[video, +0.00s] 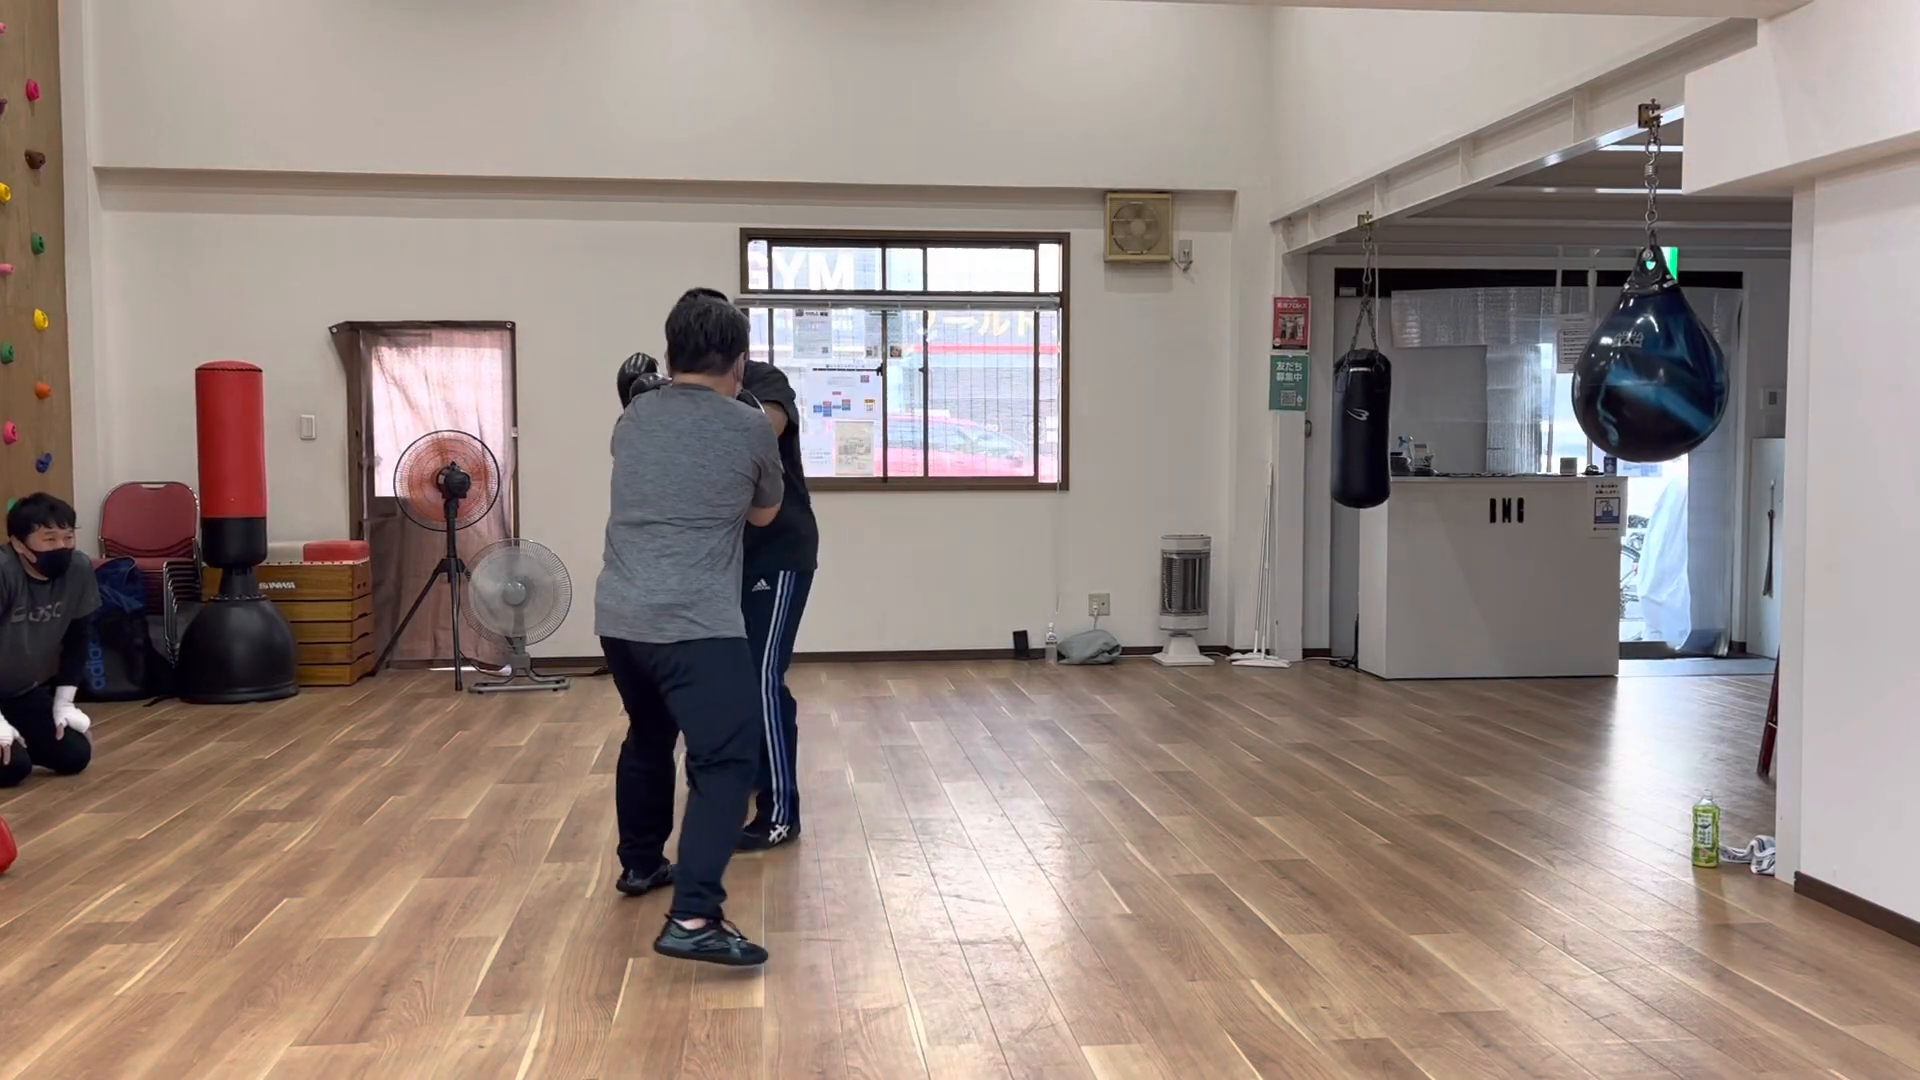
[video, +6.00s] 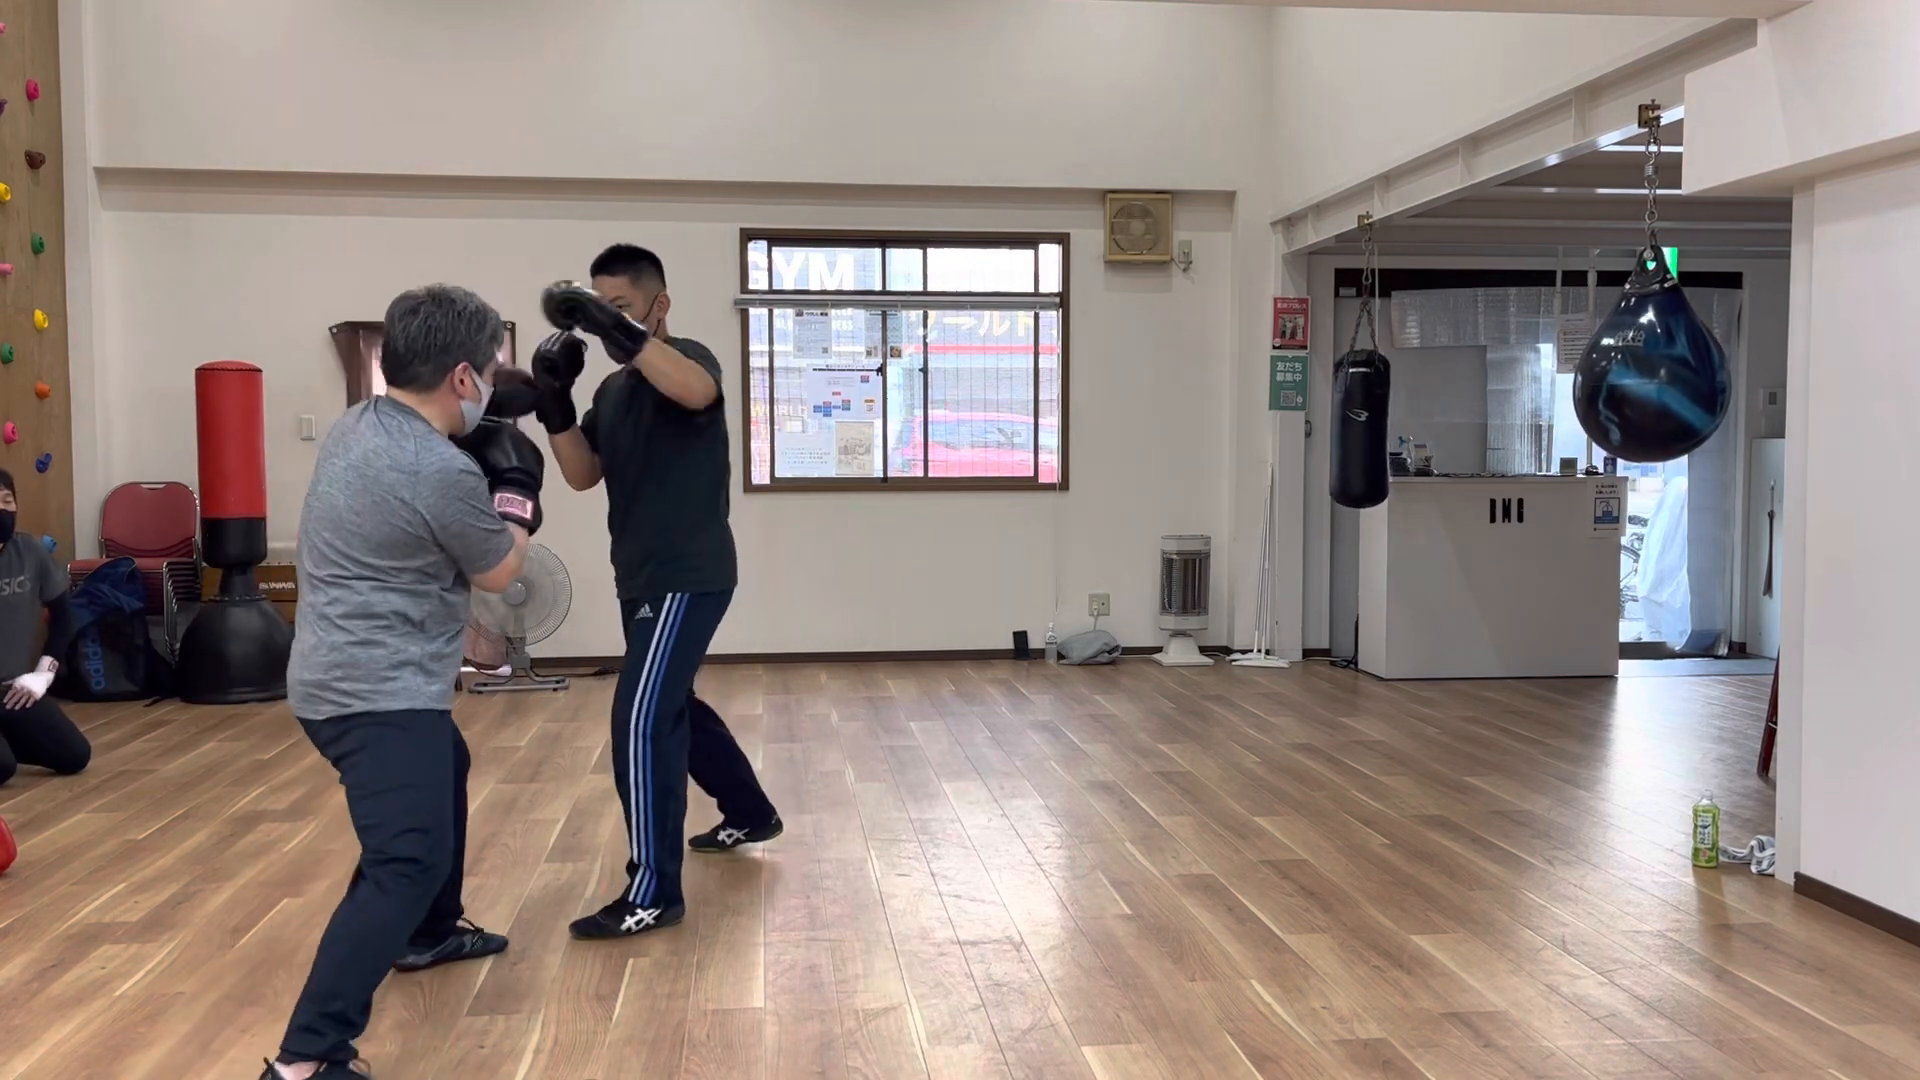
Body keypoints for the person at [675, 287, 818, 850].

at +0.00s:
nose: (699, 345)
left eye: (706, 334)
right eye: (697, 335)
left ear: (730, 335)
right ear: (709, 340)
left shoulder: (764, 381)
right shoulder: (701, 393)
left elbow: (764, 432)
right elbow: (682, 448)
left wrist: (702, 417)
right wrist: (645, 404)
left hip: (781, 549)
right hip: (735, 548)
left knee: (763, 676)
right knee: (743, 676)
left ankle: (779, 815)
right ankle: (754, 800)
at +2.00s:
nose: (675, 359)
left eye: (683, 347)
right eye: (668, 349)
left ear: (714, 341)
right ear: (668, 351)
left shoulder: (757, 390)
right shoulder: (690, 398)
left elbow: (732, 441)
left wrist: (715, 367)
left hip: (763, 560)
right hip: (723, 561)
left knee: (721, 680)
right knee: (735, 663)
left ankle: (744, 831)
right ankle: (787, 752)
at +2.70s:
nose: (646, 379)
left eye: (652, 363)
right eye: (637, 370)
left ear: (684, 350)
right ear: (632, 373)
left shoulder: (728, 396)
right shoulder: (676, 418)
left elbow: (770, 456)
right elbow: (670, 500)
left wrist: (696, 469)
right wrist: (648, 472)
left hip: (772, 563)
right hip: (746, 566)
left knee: (718, 687)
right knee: (761, 679)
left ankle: (730, 846)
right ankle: (791, 785)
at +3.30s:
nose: (644, 366)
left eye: (652, 353)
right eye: (636, 359)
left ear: (687, 346)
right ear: (633, 364)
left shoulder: (722, 384)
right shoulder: (670, 418)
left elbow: (773, 418)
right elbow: (669, 503)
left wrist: (694, 411)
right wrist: (630, 448)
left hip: (777, 555)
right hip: (745, 562)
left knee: (736, 680)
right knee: (756, 673)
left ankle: (731, 842)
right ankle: (792, 783)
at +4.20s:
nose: (618, 345)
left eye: (629, 331)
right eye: (610, 334)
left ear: (666, 327)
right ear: (608, 334)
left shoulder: (691, 379)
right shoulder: (639, 396)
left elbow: (679, 425)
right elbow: (597, 460)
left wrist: (595, 400)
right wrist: (580, 389)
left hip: (704, 564)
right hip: (676, 566)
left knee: (648, 692)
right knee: (687, 674)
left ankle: (656, 854)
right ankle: (760, 767)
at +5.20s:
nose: (599, 334)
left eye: (608, 320)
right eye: (595, 323)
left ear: (651, 316)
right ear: (633, 324)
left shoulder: (670, 369)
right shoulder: (645, 377)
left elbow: (644, 429)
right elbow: (604, 451)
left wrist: (563, 390)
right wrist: (581, 382)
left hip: (686, 567)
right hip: (705, 562)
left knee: (633, 699)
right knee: (709, 686)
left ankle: (652, 862)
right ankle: (750, 803)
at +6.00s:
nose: (613, 320)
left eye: (624, 306)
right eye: (603, 310)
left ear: (658, 303)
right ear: (594, 314)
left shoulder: (687, 356)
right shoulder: (610, 394)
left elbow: (699, 393)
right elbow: (582, 473)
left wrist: (620, 333)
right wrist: (555, 398)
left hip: (687, 574)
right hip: (641, 578)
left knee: (641, 719)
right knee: (671, 706)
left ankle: (654, 895)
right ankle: (750, 813)